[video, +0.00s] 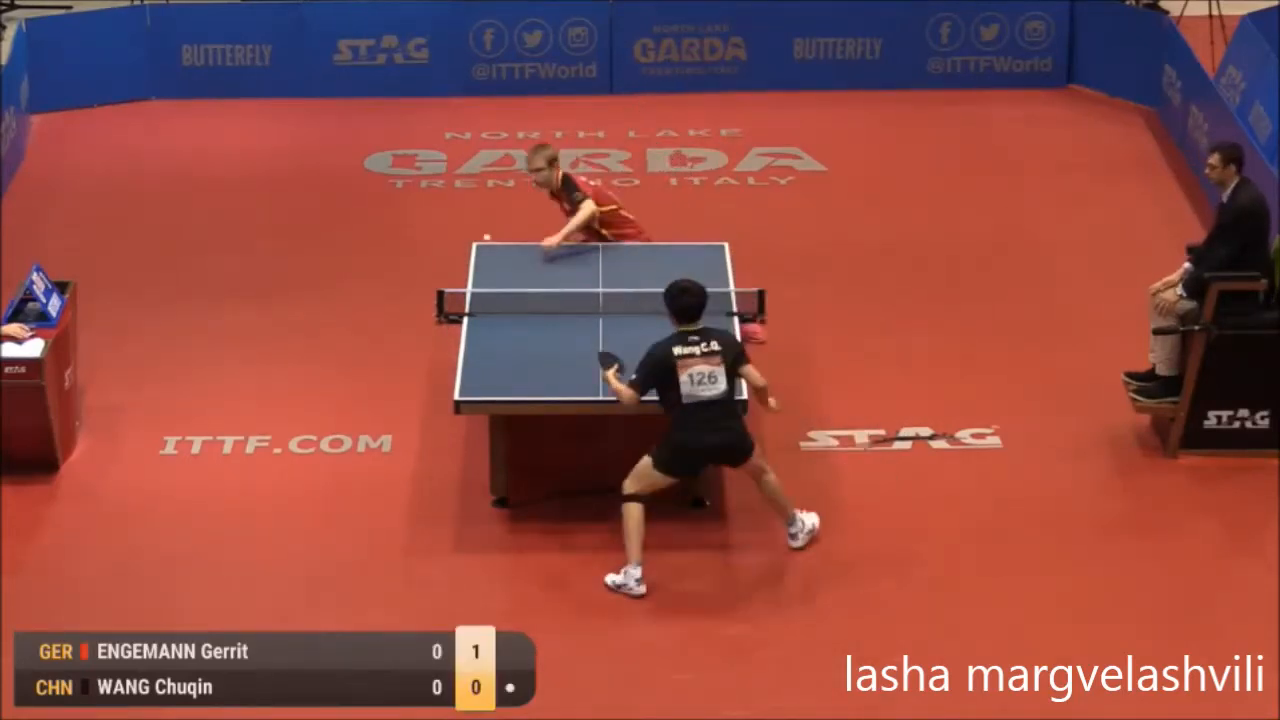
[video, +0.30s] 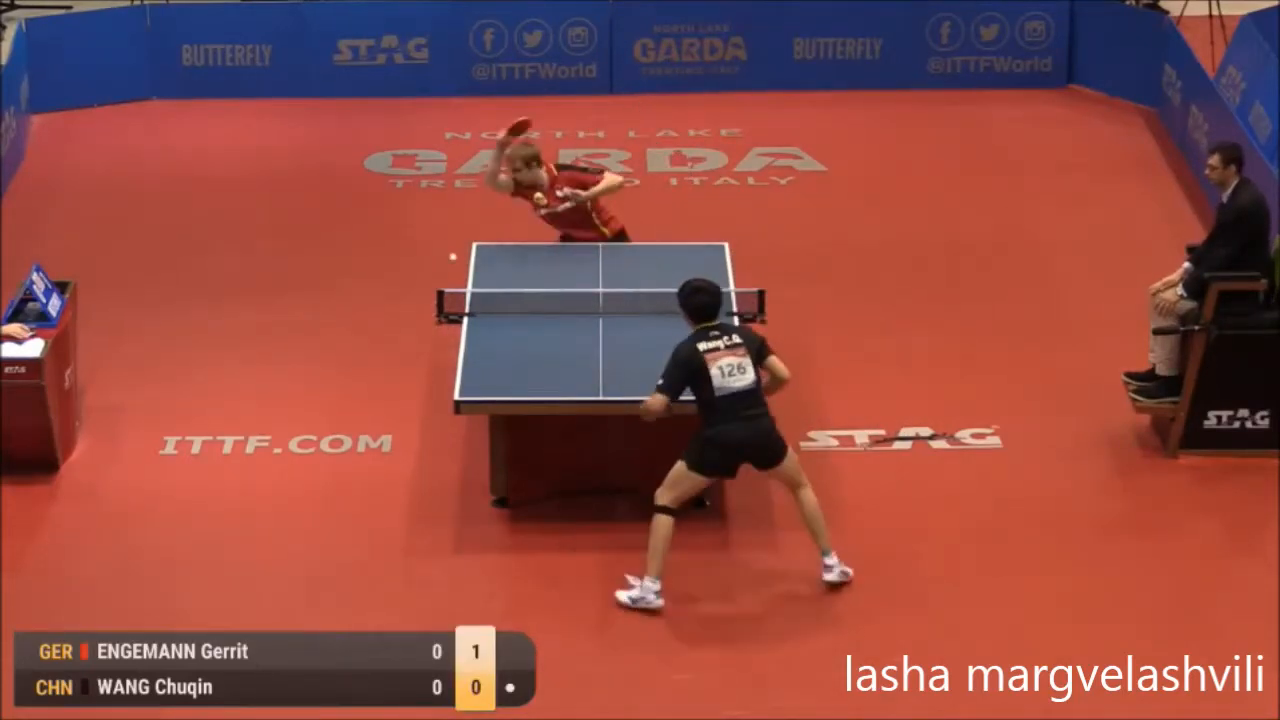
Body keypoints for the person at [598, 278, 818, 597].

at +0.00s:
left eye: (670, 307)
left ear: (670, 312)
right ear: (703, 310)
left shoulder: (661, 351)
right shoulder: (725, 341)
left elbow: (629, 398)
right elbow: (759, 383)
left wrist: (611, 379)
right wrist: (766, 400)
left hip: (686, 443)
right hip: (730, 437)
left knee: (632, 489)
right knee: (763, 474)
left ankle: (632, 574)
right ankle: (796, 526)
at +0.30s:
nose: (686, 313)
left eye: (685, 308)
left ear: (686, 313)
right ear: (719, 307)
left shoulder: (687, 350)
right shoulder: (745, 335)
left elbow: (656, 406)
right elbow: (781, 376)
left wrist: (645, 408)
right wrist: (756, 393)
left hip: (718, 439)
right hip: (761, 432)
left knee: (666, 500)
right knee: (800, 486)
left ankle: (650, 587)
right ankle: (830, 561)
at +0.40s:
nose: (690, 329)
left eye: (690, 324)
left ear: (693, 329)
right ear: (727, 323)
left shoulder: (694, 365)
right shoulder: (755, 351)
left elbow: (668, 422)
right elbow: (787, 395)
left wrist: (657, 422)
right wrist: (763, 411)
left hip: (723, 459)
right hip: (767, 452)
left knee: (669, 515)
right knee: (806, 502)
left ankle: (665, 601)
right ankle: (846, 571)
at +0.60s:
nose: (681, 373)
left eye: (682, 368)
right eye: (682, 367)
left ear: (690, 373)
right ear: (716, 362)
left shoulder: (703, 407)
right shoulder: (745, 383)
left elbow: (692, 464)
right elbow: (780, 423)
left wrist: (645, 473)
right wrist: (750, 443)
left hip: (730, 491)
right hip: (774, 484)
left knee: (659, 515)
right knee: (808, 506)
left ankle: (662, 603)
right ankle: (845, 574)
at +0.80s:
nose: (662, 364)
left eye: (661, 358)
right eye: (660, 357)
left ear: (671, 359)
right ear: (690, 349)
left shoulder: (692, 396)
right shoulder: (717, 364)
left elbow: (707, 452)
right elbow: (760, 394)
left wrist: (661, 479)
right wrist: (739, 428)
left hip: (730, 474)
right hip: (762, 461)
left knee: (664, 512)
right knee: (770, 507)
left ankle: (660, 603)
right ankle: (830, 560)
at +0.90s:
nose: (661, 356)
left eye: (660, 350)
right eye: (658, 350)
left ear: (673, 347)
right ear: (687, 338)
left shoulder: (699, 378)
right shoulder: (717, 348)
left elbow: (723, 437)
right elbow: (757, 379)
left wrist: (687, 481)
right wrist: (732, 412)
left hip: (745, 452)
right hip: (766, 439)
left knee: (697, 519)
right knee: (738, 496)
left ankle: (675, 607)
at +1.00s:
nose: (663, 365)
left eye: (663, 358)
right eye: (661, 359)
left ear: (678, 354)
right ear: (688, 345)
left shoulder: (708, 382)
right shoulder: (715, 352)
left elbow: (735, 442)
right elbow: (745, 385)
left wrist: (704, 485)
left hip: (754, 455)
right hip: (764, 441)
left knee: (702, 523)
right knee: (721, 499)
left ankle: (706, 619)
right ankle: (735, 562)